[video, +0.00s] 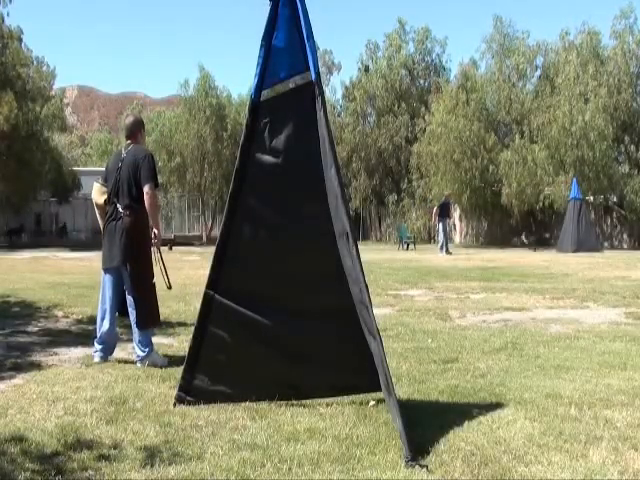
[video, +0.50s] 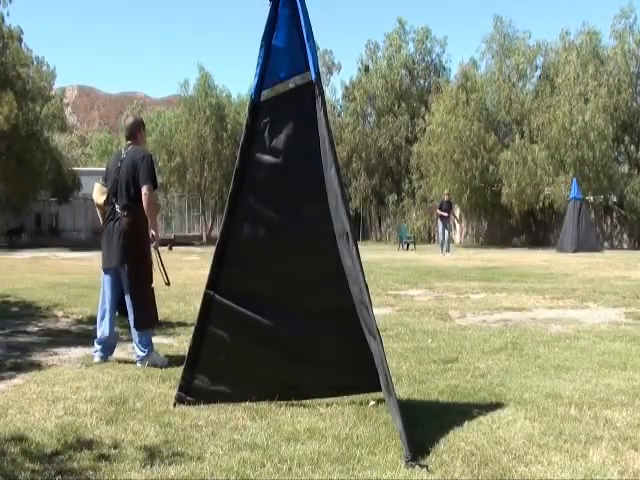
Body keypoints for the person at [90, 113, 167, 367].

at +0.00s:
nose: (146, 135)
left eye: (143, 132)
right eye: (145, 132)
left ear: (126, 135)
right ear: (141, 133)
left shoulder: (114, 159)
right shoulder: (144, 156)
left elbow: (98, 196)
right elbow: (149, 193)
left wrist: (105, 226)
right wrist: (156, 226)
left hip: (112, 229)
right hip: (134, 230)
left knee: (109, 294)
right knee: (138, 292)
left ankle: (101, 349)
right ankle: (144, 351)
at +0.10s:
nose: (146, 135)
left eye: (143, 132)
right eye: (145, 132)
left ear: (125, 134)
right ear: (141, 133)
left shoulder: (114, 159)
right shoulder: (143, 156)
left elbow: (98, 196)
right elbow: (148, 193)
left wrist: (105, 226)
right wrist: (155, 226)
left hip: (111, 229)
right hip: (133, 230)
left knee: (108, 294)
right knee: (138, 292)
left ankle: (101, 349)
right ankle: (144, 352)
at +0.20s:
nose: (145, 135)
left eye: (143, 132)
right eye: (145, 132)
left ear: (125, 134)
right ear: (141, 133)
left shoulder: (114, 159)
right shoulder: (143, 156)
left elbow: (98, 196)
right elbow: (148, 193)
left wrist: (105, 225)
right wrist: (155, 226)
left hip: (111, 229)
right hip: (133, 230)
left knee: (108, 293)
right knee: (137, 292)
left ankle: (101, 349)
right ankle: (144, 351)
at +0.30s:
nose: (145, 135)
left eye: (143, 132)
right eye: (145, 132)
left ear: (125, 134)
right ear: (141, 133)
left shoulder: (114, 159)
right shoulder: (143, 156)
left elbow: (98, 196)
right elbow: (148, 193)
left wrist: (105, 225)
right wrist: (154, 226)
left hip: (111, 230)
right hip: (133, 230)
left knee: (108, 293)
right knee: (137, 292)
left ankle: (101, 349)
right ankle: (144, 351)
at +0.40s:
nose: (146, 135)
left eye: (143, 131)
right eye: (145, 132)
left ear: (126, 134)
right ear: (141, 133)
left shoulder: (113, 159)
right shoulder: (143, 156)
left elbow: (99, 195)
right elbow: (148, 193)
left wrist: (105, 223)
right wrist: (154, 226)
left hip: (111, 229)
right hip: (133, 230)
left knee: (108, 293)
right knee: (137, 292)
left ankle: (101, 349)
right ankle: (144, 351)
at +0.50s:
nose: (146, 136)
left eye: (144, 132)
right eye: (145, 132)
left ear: (126, 134)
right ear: (140, 133)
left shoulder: (114, 158)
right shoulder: (143, 156)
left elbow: (99, 194)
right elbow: (147, 194)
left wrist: (106, 223)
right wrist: (154, 227)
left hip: (111, 228)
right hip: (133, 228)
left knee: (109, 292)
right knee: (137, 291)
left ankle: (101, 348)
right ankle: (144, 351)